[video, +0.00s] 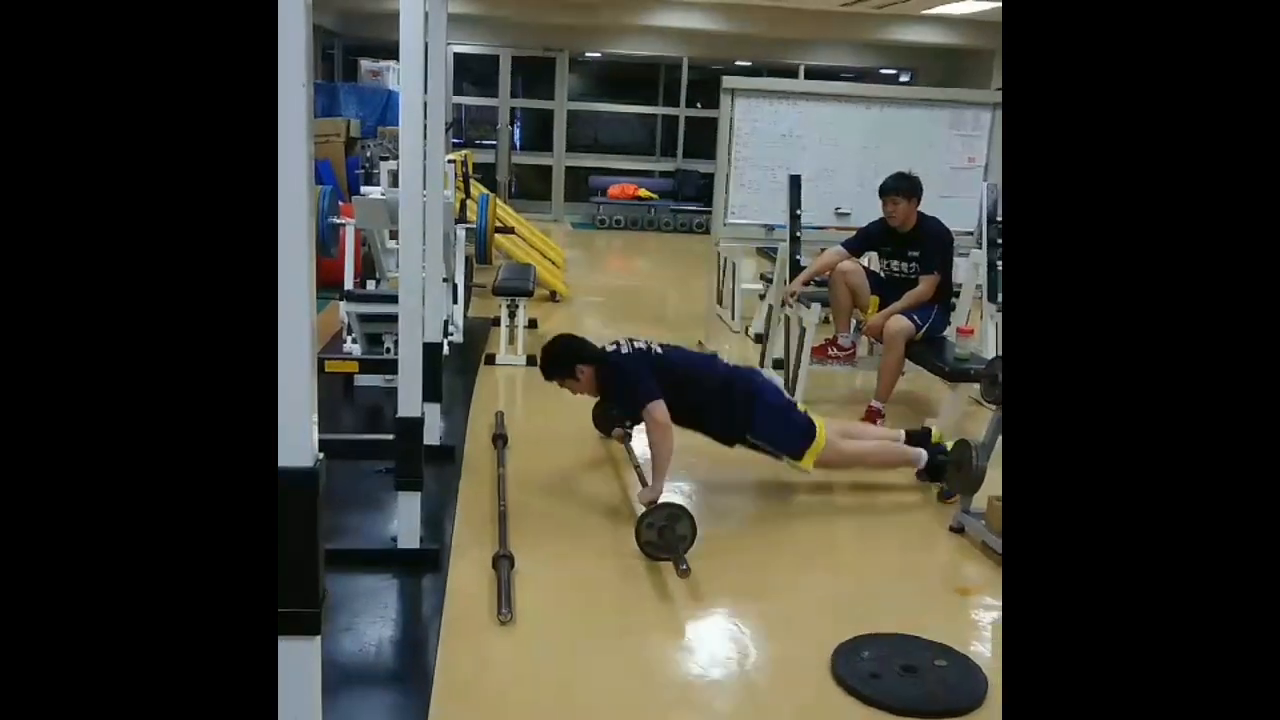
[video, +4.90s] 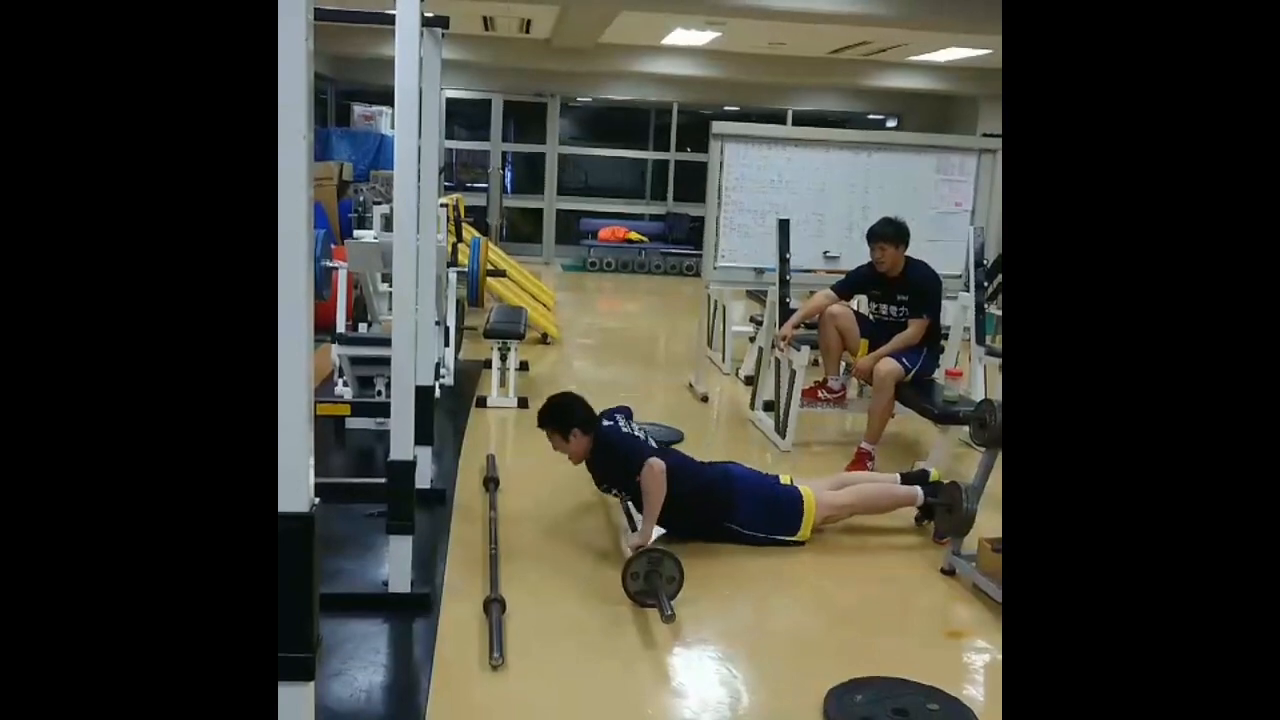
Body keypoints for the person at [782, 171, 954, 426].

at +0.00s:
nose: (888, 209)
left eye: (895, 204)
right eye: (885, 203)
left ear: (914, 204)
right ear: (881, 203)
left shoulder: (935, 234)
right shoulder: (879, 229)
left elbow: (926, 290)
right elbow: (836, 255)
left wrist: (883, 316)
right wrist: (800, 280)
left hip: (928, 305)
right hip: (891, 294)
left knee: (895, 327)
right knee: (843, 270)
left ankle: (876, 409)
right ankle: (843, 345)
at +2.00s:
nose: (879, 237)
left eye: (886, 231)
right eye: (876, 231)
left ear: (905, 233)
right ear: (873, 231)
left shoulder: (926, 264)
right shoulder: (869, 258)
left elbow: (916, 318)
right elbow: (828, 282)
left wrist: (874, 344)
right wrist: (791, 308)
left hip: (919, 335)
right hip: (880, 325)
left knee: (885, 356)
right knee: (834, 298)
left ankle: (865, 436)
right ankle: (833, 373)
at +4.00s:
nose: (880, 251)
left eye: (887, 244)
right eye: (877, 244)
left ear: (906, 245)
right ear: (873, 244)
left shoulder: (928, 275)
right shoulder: (870, 269)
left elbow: (917, 330)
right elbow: (831, 293)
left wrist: (874, 355)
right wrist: (799, 312)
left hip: (922, 344)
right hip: (882, 335)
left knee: (886, 367)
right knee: (835, 310)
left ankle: (868, 447)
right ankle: (836, 383)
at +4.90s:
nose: (875, 256)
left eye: (882, 250)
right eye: (873, 249)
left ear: (901, 249)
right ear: (869, 249)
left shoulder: (924, 278)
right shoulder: (867, 273)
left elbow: (916, 332)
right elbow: (827, 298)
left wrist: (873, 358)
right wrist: (791, 323)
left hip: (918, 348)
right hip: (881, 337)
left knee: (884, 370)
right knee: (833, 313)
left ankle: (866, 451)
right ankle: (833, 388)